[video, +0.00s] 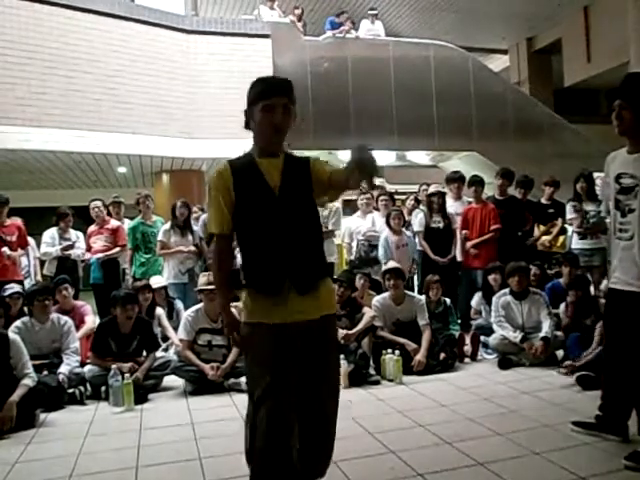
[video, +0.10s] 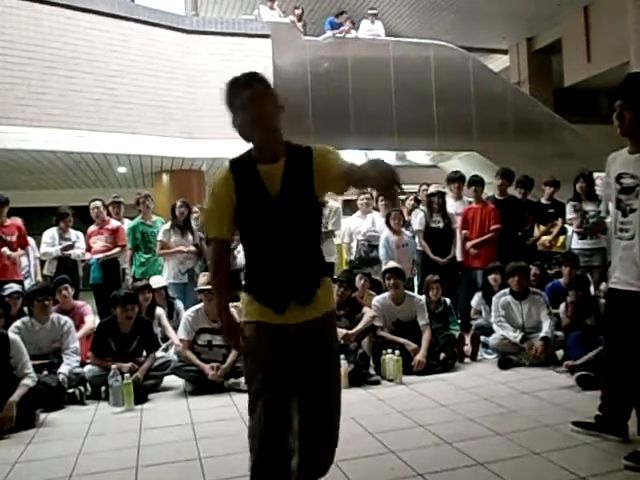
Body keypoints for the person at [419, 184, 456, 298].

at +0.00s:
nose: (437, 200)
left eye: (440, 197)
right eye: (434, 196)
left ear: (443, 199)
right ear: (429, 199)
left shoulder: (449, 216)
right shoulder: (423, 216)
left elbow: (454, 236)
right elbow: (421, 238)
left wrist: (452, 253)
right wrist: (433, 256)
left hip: (447, 258)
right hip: (429, 258)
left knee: (448, 291)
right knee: (429, 290)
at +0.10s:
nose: (437, 200)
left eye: (440, 197)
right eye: (433, 196)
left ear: (443, 199)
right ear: (429, 199)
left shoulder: (449, 216)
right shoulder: (423, 216)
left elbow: (454, 236)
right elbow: (420, 238)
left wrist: (451, 254)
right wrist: (433, 256)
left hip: (447, 259)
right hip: (429, 259)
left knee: (448, 292)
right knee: (429, 291)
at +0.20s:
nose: (437, 200)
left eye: (440, 197)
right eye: (433, 196)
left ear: (443, 199)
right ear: (429, 199)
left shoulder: (449, 216)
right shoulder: (423, 216)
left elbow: (454, 236)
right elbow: (421, 238)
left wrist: (451, 254)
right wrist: (432, 256)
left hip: (448, 259)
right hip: (430, 259)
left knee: (449, 292)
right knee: (429, 291)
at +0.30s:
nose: (436, 200)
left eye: (439, 197)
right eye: (433, 196)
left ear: (443, 199)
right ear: (428, 199)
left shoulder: (448, 216)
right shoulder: (423, 216)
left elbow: (454, 236)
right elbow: (420, 238)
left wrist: (451, 254)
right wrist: (432, 256)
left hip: (447, 259)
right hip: (430, 258)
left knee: (448, 291)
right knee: (429, 290)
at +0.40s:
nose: (436, 200)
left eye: (439, 197)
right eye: (433, 196)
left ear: (443, 199)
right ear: (428, 199)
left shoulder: (448, 216)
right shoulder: (423, 216)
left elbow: (454, 236)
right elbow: (420, 238)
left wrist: (451, 254)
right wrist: (432, 256)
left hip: (447, 259)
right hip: (429, 258)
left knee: (448, 291)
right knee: (429, 290)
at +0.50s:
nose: (437, 201)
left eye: (440, 197)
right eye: (433, 197)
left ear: (443, 200)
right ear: (429, 199)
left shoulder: (448, 217)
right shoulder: (423, 216)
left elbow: (453, 236)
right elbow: (420, 238)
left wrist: (450, 254)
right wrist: (433, 256)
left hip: (447, 259)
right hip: (429, 258)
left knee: (447, 291)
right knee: (428, 290)